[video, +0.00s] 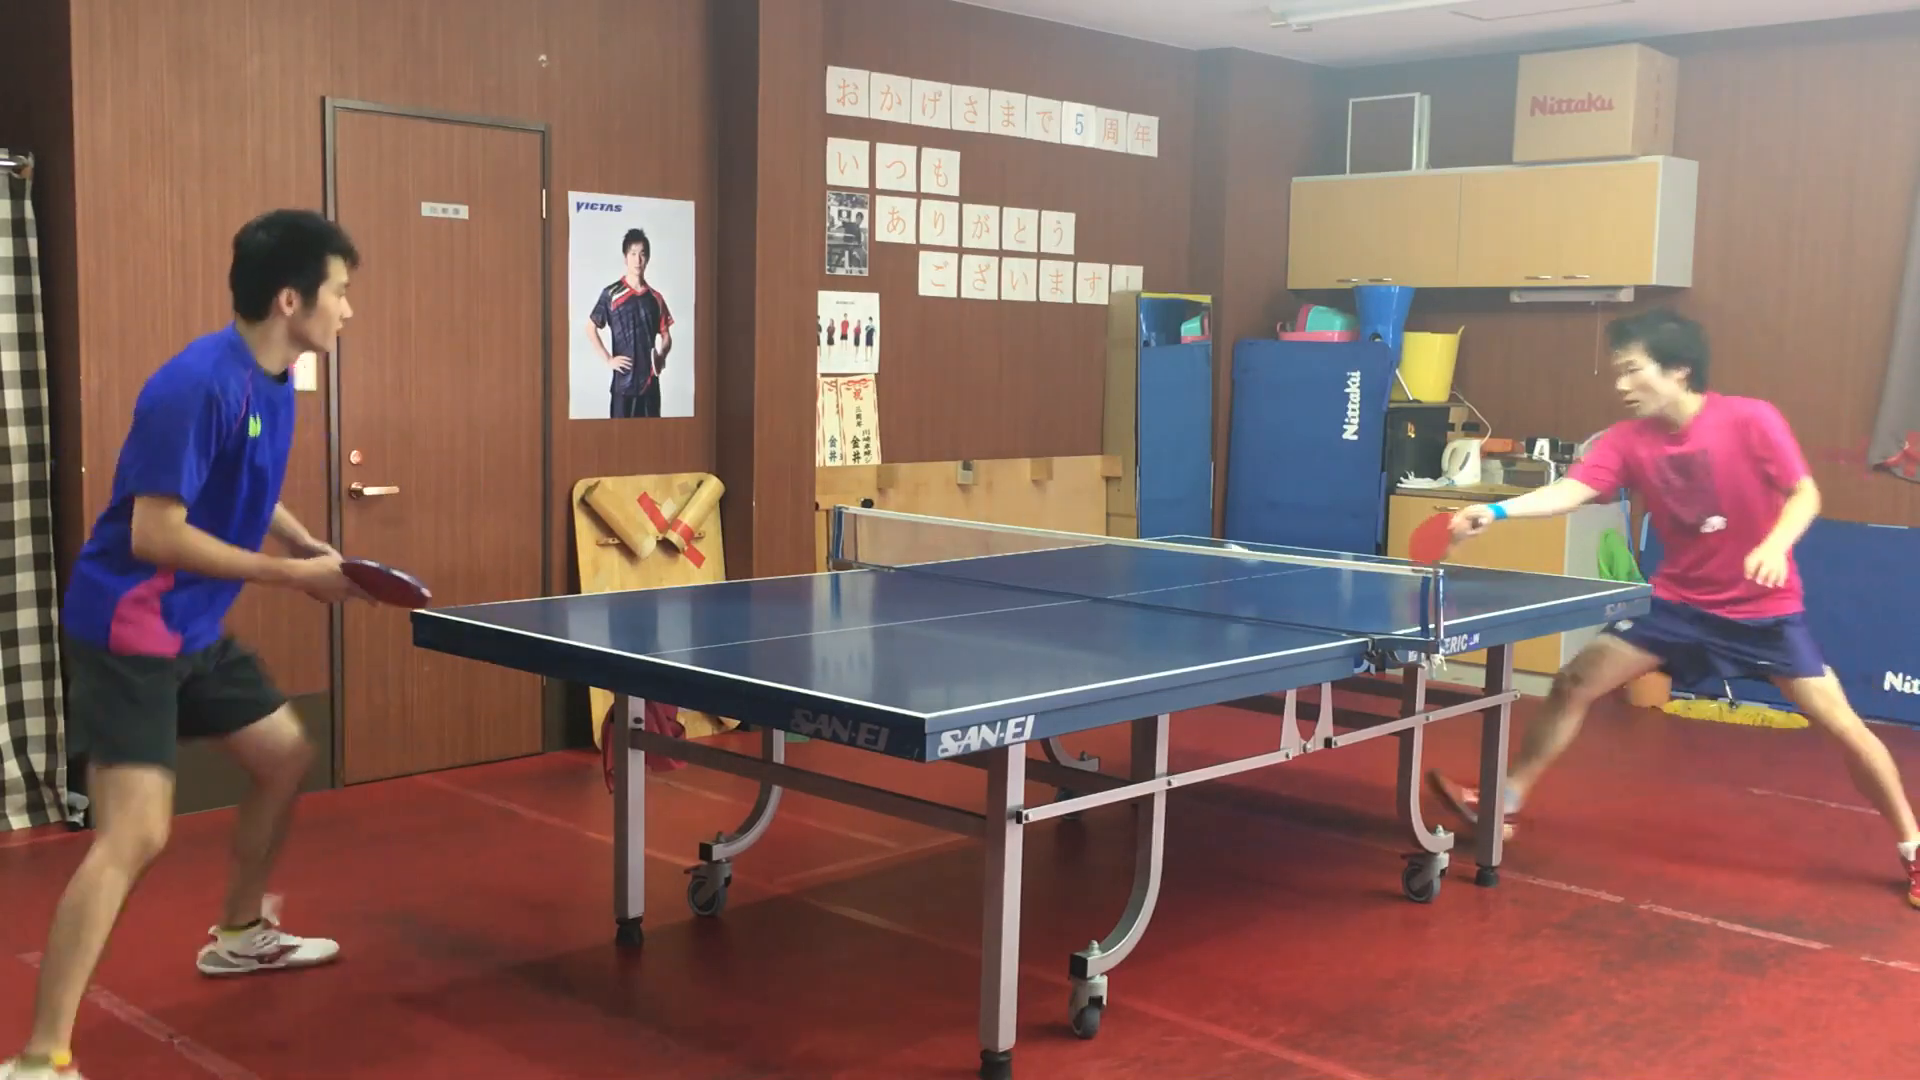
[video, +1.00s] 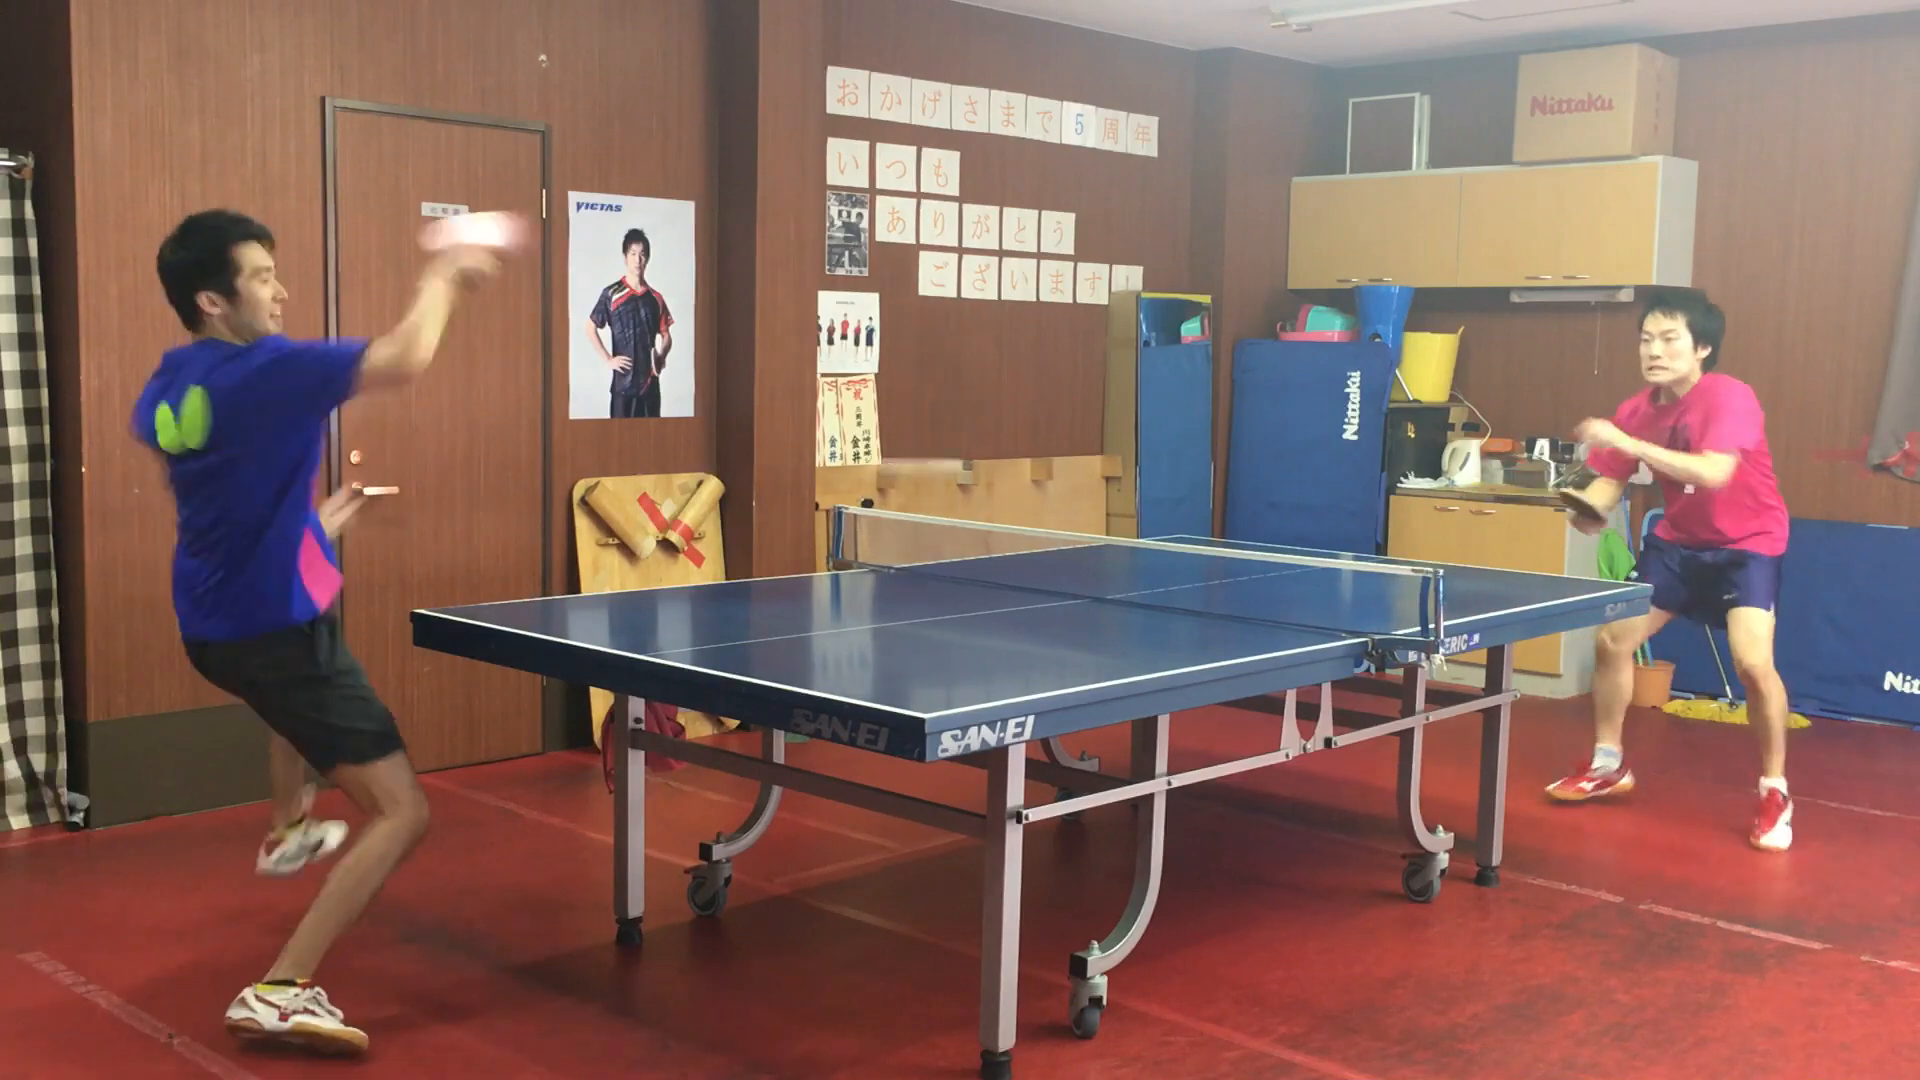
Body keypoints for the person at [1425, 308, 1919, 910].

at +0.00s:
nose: (1621, 383)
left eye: (1631, 369)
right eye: (1617, 372)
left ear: (1679, 372)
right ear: (1631, 379)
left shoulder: (1751, 421)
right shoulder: (1628, 442)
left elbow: (1806, 495)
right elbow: (1567, 493)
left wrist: (1774, 545)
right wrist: (1493, 510)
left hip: (1765, 613)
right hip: (1677, 605)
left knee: (1840, 724)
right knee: (1574, 681)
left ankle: (1911, 842)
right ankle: (1504, 803)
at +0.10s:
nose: (1555, 400)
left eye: (1566, 386)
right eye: (1551, 388)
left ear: (1613, 386)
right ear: (1580, 393)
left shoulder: (1690, 432)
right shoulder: (1562, 457)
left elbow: (1748, 499)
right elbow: (1510, 503)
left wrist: (1758, 549)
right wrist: (1440, 516)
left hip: (1712, 620)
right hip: (1628, 620)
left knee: (1792, 722)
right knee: (1528, 687)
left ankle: (1887, 843)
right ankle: (1464, 819)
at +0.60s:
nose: (1591, 382)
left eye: (1606, 371)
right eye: (1585, 369)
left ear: (1647, 380)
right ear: (1580, 375)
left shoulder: (1699, 438)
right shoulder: (1576, 454)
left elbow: (1759, 509)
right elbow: (1559, 523)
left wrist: (1757, 568)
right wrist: (1514, 531)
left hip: (1706, 605)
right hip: (1618, 602)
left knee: (1769, 713)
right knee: (1529, 679)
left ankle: (1827, 845)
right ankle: (1488, 811)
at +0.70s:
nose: (1626, 393)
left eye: (1642, 382)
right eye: (1622, 381)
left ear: (1681, 392)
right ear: (1617, 387)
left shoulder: (1720, 456)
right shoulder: (1619, 452)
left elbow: (1777, 541)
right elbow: (1622, 515)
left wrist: (1765, 617)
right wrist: (1566, 522)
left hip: (1730, 612)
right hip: (1655, 604)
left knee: (1779, 714)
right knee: (1549, 668)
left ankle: (1831, 845)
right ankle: (1524, 793)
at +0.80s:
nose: (1637, 386)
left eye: (1653, 376)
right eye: (1632, 375)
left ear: (1691, 390)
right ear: (1627, 383)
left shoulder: (1730, 453)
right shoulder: (1629, 454)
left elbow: (1780, 528)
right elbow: (1616, 518)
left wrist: (1773, 589)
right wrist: (1564, 510)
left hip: (1739, 617)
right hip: (1666, 607)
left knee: (1782, 708)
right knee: (1564, 671)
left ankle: (1835, 849)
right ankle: (1587, 785)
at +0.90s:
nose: (1640, 358)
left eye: (1655, 348)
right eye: (1635, 347)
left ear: (1690, 359)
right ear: (1628, 355)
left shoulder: (1724, 417)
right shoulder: (1624, 422)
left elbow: (1770, 495)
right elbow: (1599, 489)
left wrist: (1728, 521)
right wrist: (1568, 502)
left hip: (1743, 578)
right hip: (1668, 572)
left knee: (1772, 682)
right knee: (1594, 653)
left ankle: (1813, 826)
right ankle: (1590, 788)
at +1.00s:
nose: (1652, 350)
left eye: (1668, 340)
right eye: (1646, 339)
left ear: (1702, 350)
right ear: (1639, 346)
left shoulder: (1728, 398)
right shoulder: (1633, 411)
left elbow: (1712, 472)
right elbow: (1608, 483)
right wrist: (1584, 505)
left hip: (1745, 549)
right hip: (1676, 547)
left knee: (1752, 662)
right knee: (1611, 638)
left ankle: (1774, 790)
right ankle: (1606, 765)